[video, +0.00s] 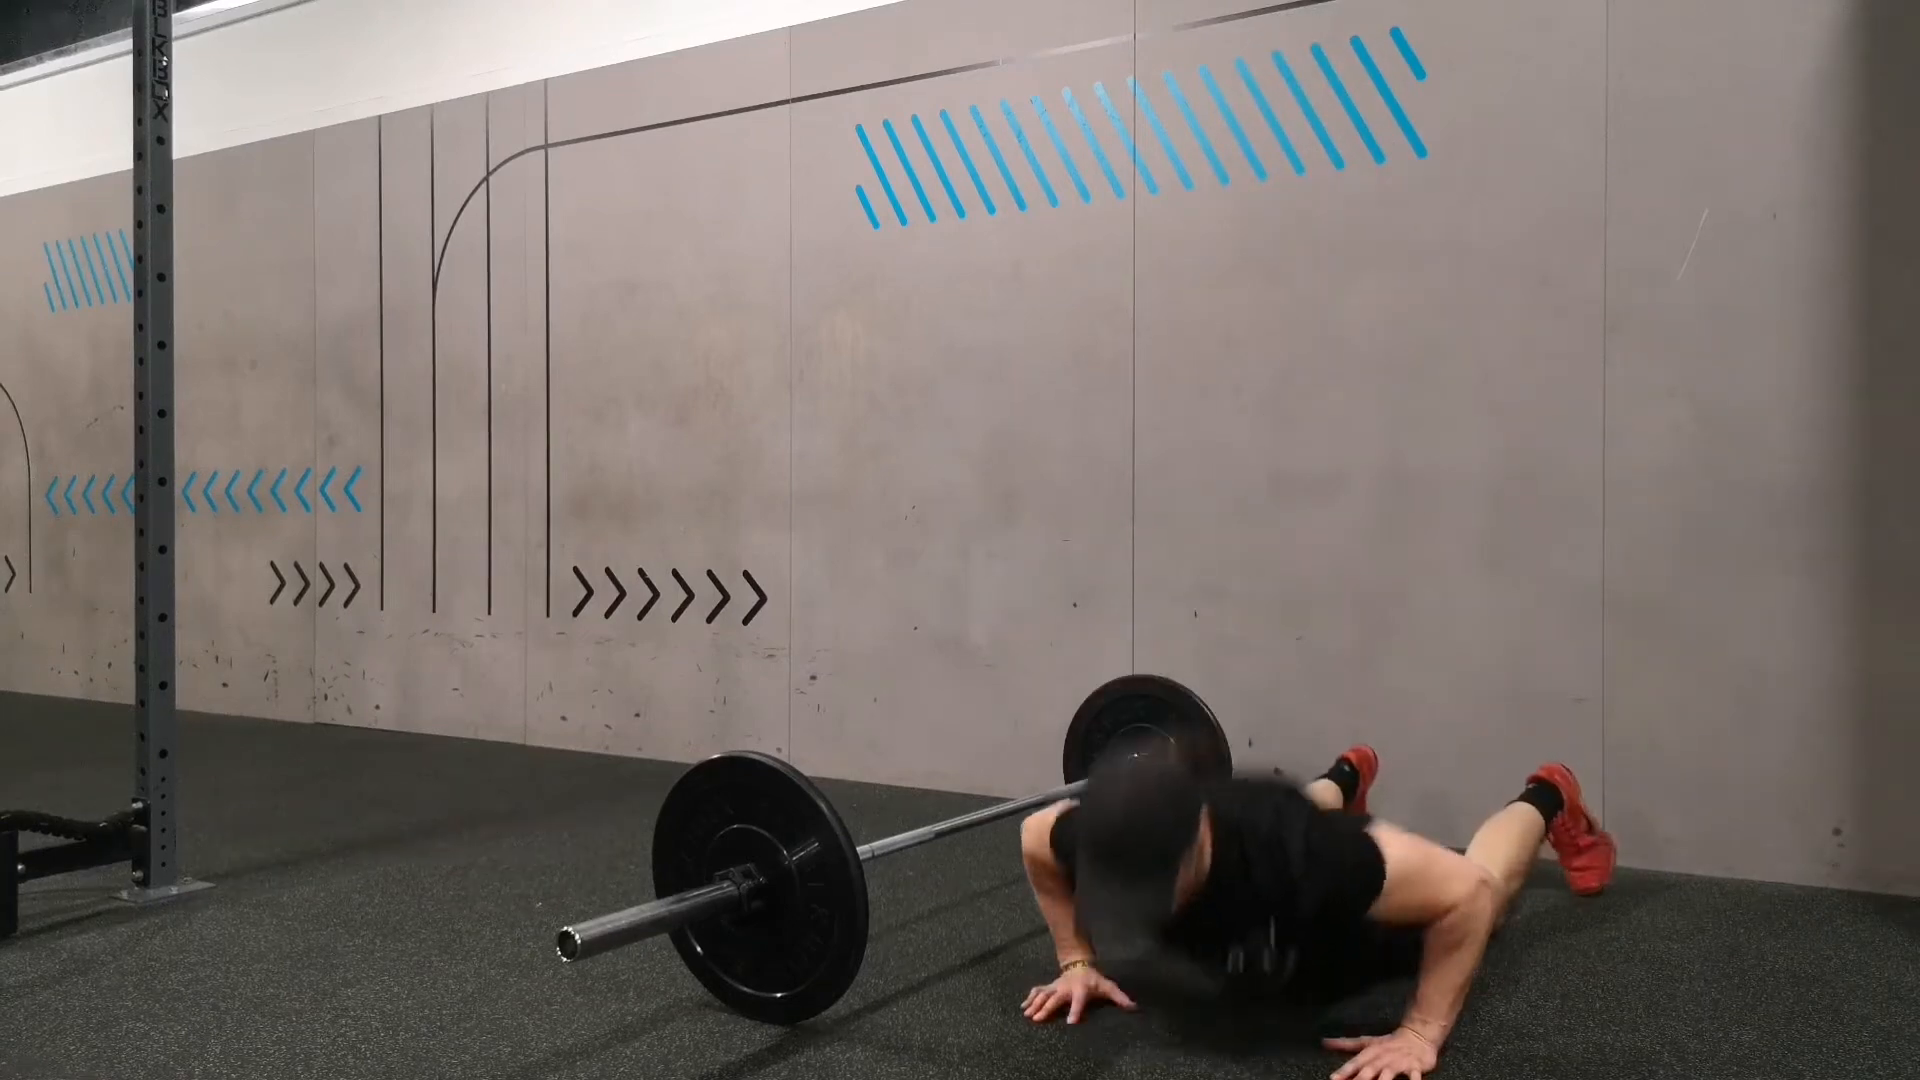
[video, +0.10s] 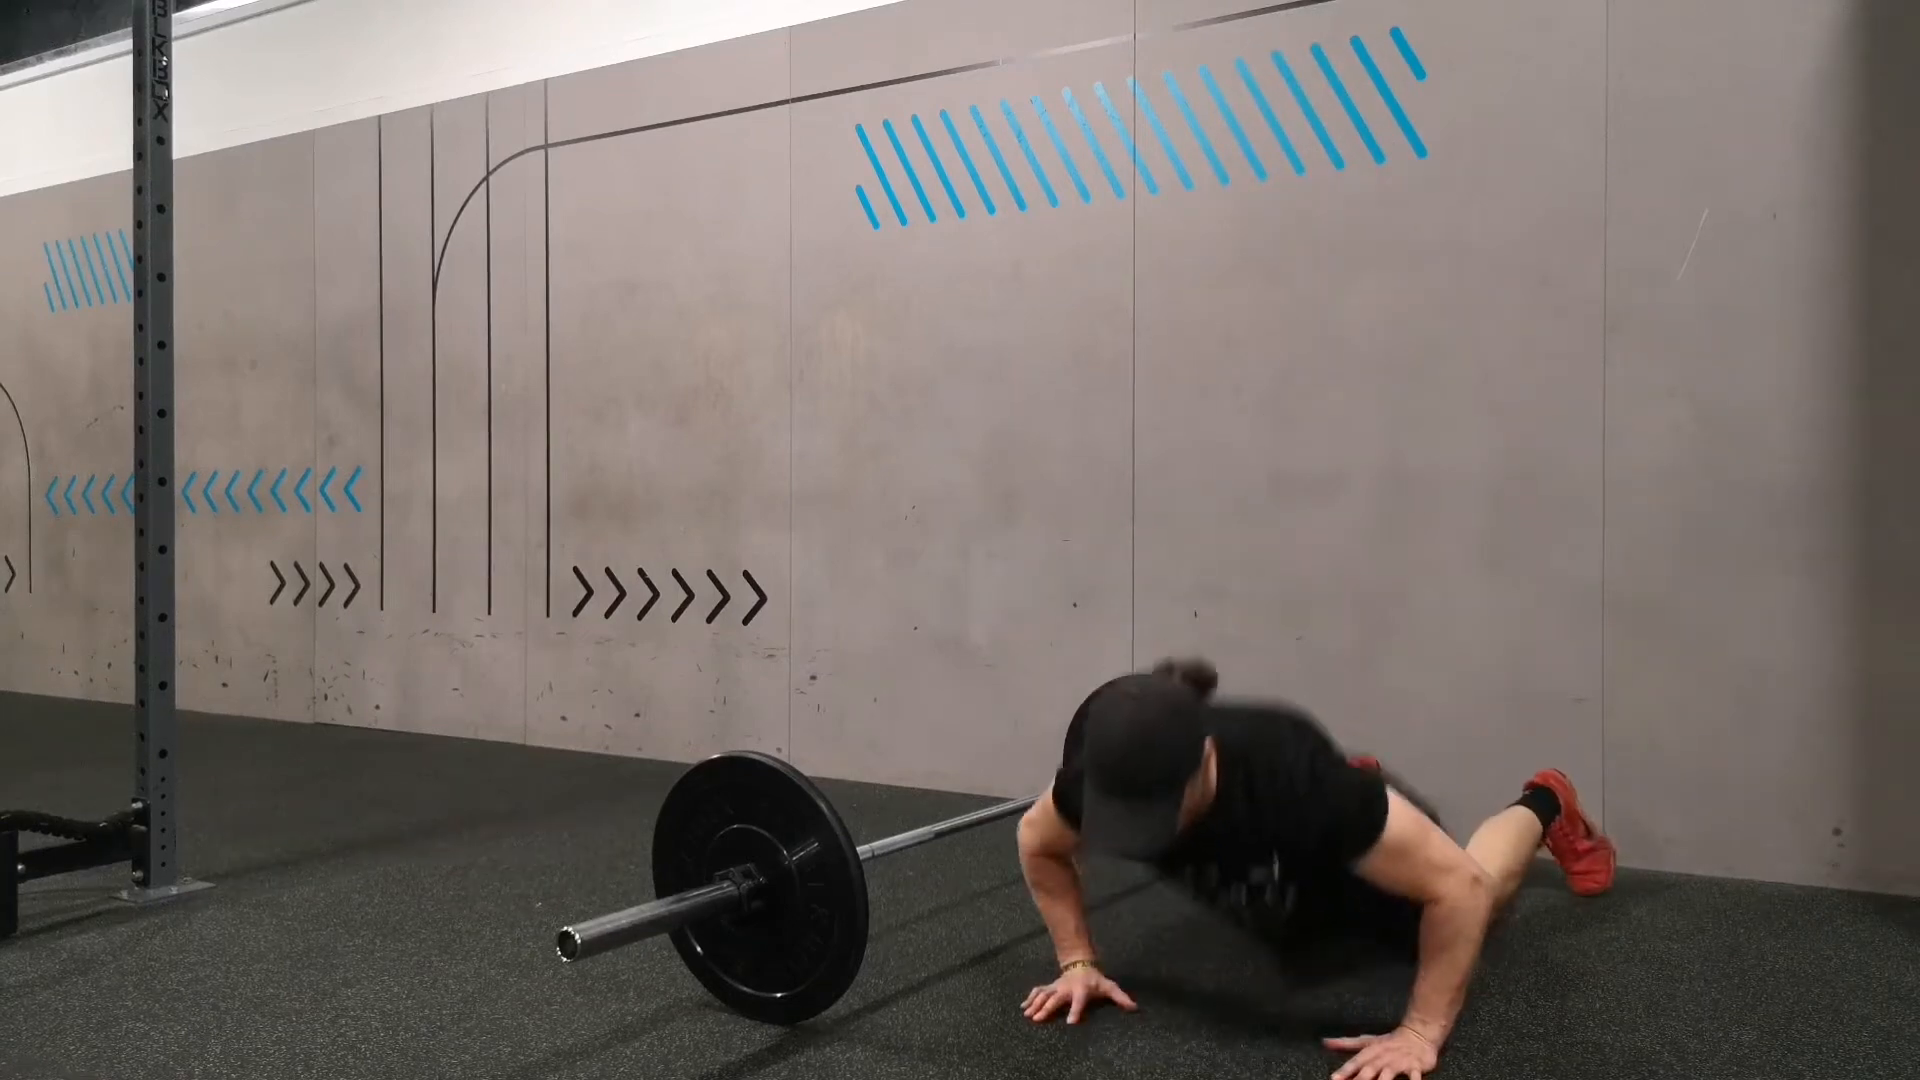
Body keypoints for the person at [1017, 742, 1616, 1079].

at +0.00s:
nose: (1146, 900)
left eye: (1160, 881)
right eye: (1129, 885)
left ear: (1200, 841)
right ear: (1094, 848)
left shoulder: (1304, 856)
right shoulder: (1095, 838)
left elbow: (1472, 893)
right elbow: (1035, 840)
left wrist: (1421, 1034)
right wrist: (1074, 958)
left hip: (1348, 936)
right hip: (1235, 930)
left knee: (1486, 880)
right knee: (1301, 825)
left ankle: (1544, 797)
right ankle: (1345, 780)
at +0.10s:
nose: (1138, 833)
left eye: (1154, 818)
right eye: (1123, 818)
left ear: (1201, 774)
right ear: (1093, 777)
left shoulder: (1289, 771)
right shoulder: (1099, 764)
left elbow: (1463, 889)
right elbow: (1040, 845)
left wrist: (1419, 1034)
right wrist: (1075, 960)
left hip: (1360, 869)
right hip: (1254, 883)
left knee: (1474, 888)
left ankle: (1544, 804)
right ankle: (1356, 789)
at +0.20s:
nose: (1141, 802)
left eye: (1156, 784)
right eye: (1125, 790)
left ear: (1200, 739)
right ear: (1089, 739)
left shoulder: (1301, 731)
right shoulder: (1098, 741)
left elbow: (1435, 871)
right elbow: (1045, 836)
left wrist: (1421, 1034)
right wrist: (1074, 961)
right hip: (1257, 799)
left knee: (1462, 849)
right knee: (1295, 849)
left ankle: (1563, 802)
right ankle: (1335, 835)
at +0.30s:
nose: (1138, 785)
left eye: (1152, 769)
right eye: (1120, 772)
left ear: (1194, 724)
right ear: (1081, 729)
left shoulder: (1286, 701)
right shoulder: (1091, 707)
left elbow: (1404, 866)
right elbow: (1055, 827)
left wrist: (1417, 1033)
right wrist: (1075, 962)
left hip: (1340, 603)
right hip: (1222, 614)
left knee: (1481, 786)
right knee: (1282, 790)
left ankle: (1564, 781)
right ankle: (1348, 813)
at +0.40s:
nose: (1139, 761)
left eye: (1155, 741)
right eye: (1127, 745)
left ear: (1197, 687)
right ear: (1097, 694)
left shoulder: (1287, 671)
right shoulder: (1102, 675)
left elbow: (1352, 848)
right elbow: (1077, 820)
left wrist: (1406, 1017)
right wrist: (1079, 961)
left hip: (1336, 508)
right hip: (1216, 518)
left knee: (1445, 741)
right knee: (1208, 757)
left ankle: (1528, 821)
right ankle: (1324, 758)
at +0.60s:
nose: (1077, 620)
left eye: (1082, 601)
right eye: (1067, 611)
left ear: (1120, 561)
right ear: (1056, 589)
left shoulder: (1202, 554)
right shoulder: (1077, 596)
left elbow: (1287, 727)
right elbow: (1086, 754)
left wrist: (1339, 896)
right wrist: (1082, 912)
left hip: (1345, 559)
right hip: (1238, 585)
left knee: (1384, 750)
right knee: (1112, 703)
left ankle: (1536, 924)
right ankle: (1153, 875)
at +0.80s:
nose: (941, 396)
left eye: (944, 375)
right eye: (928, 387)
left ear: (982, 345)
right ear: (927, 388)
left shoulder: (1081, 372)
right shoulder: (953, 446)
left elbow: (1221, 462)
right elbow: (960, 576)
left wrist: (1344, 560)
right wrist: (1033, 661)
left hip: (1214, 515)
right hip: (1118, 547)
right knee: (1046, 705)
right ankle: (1147, 879)